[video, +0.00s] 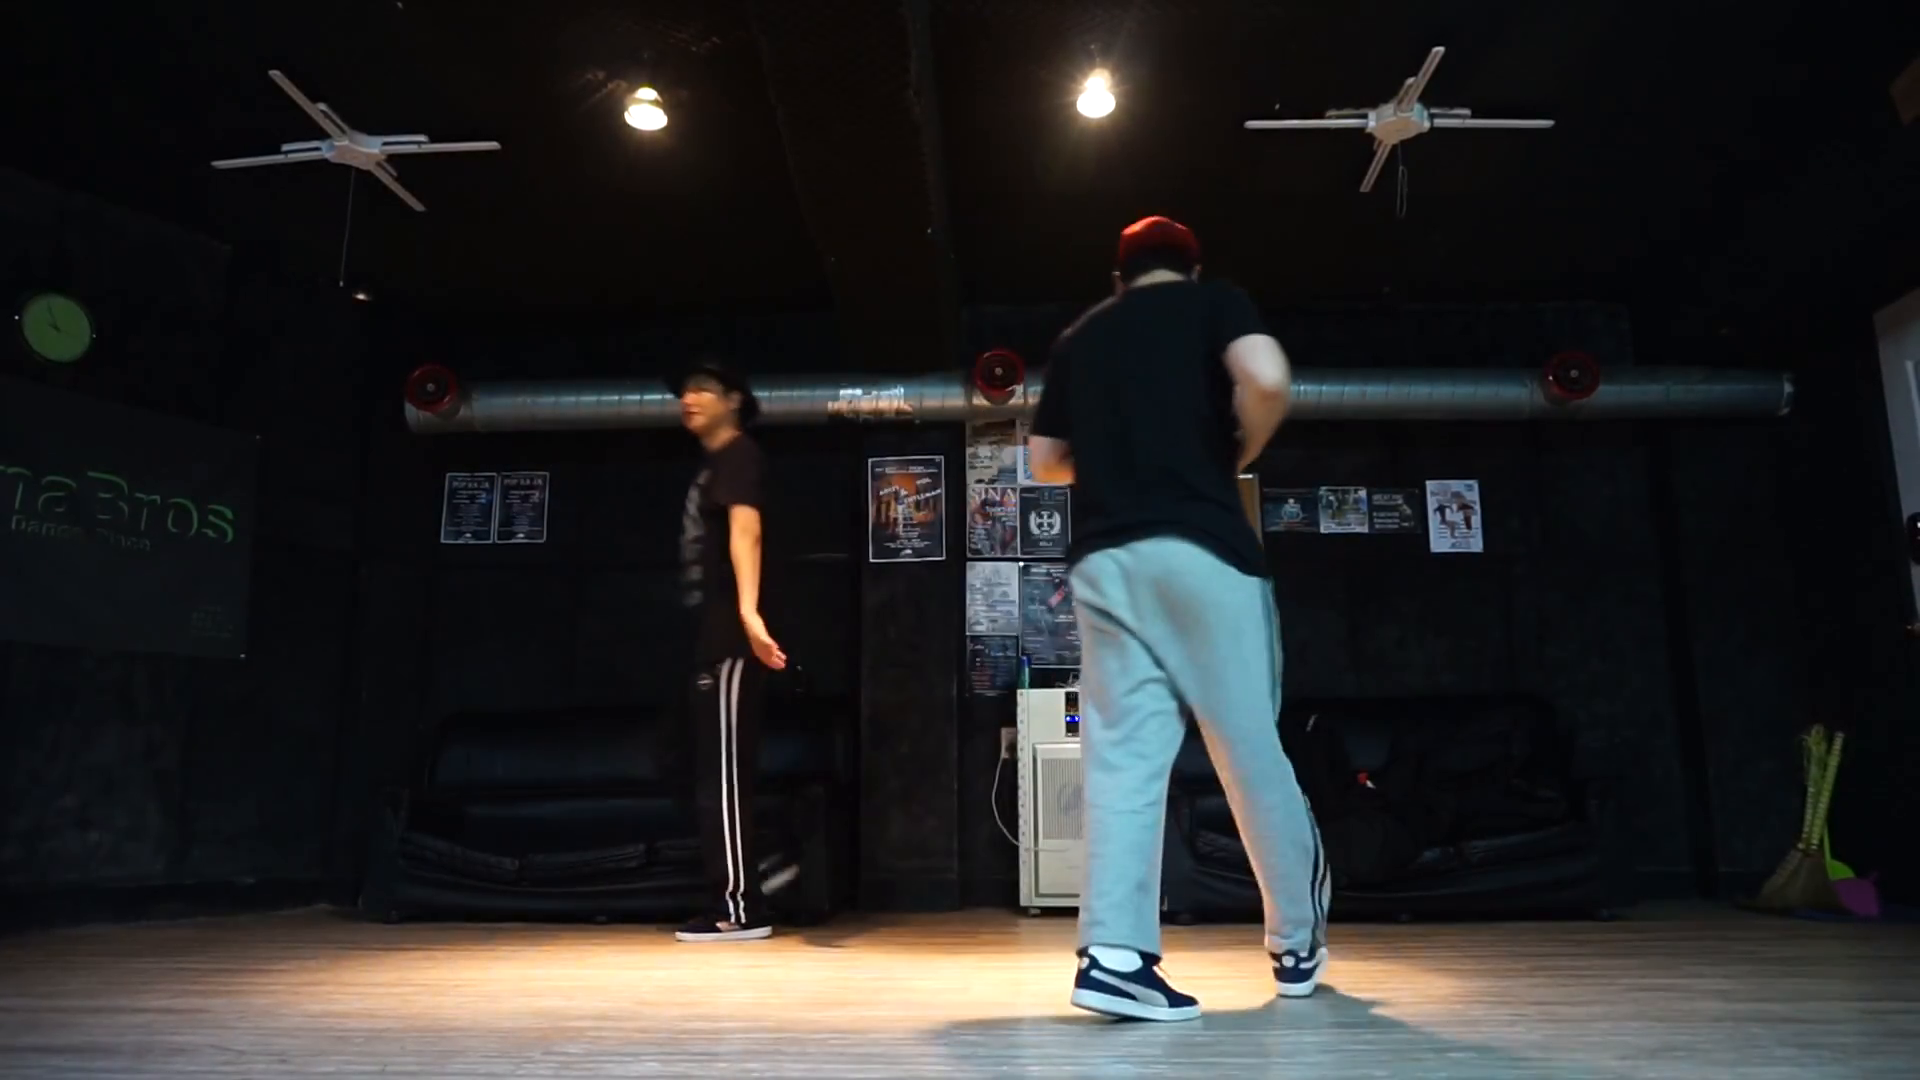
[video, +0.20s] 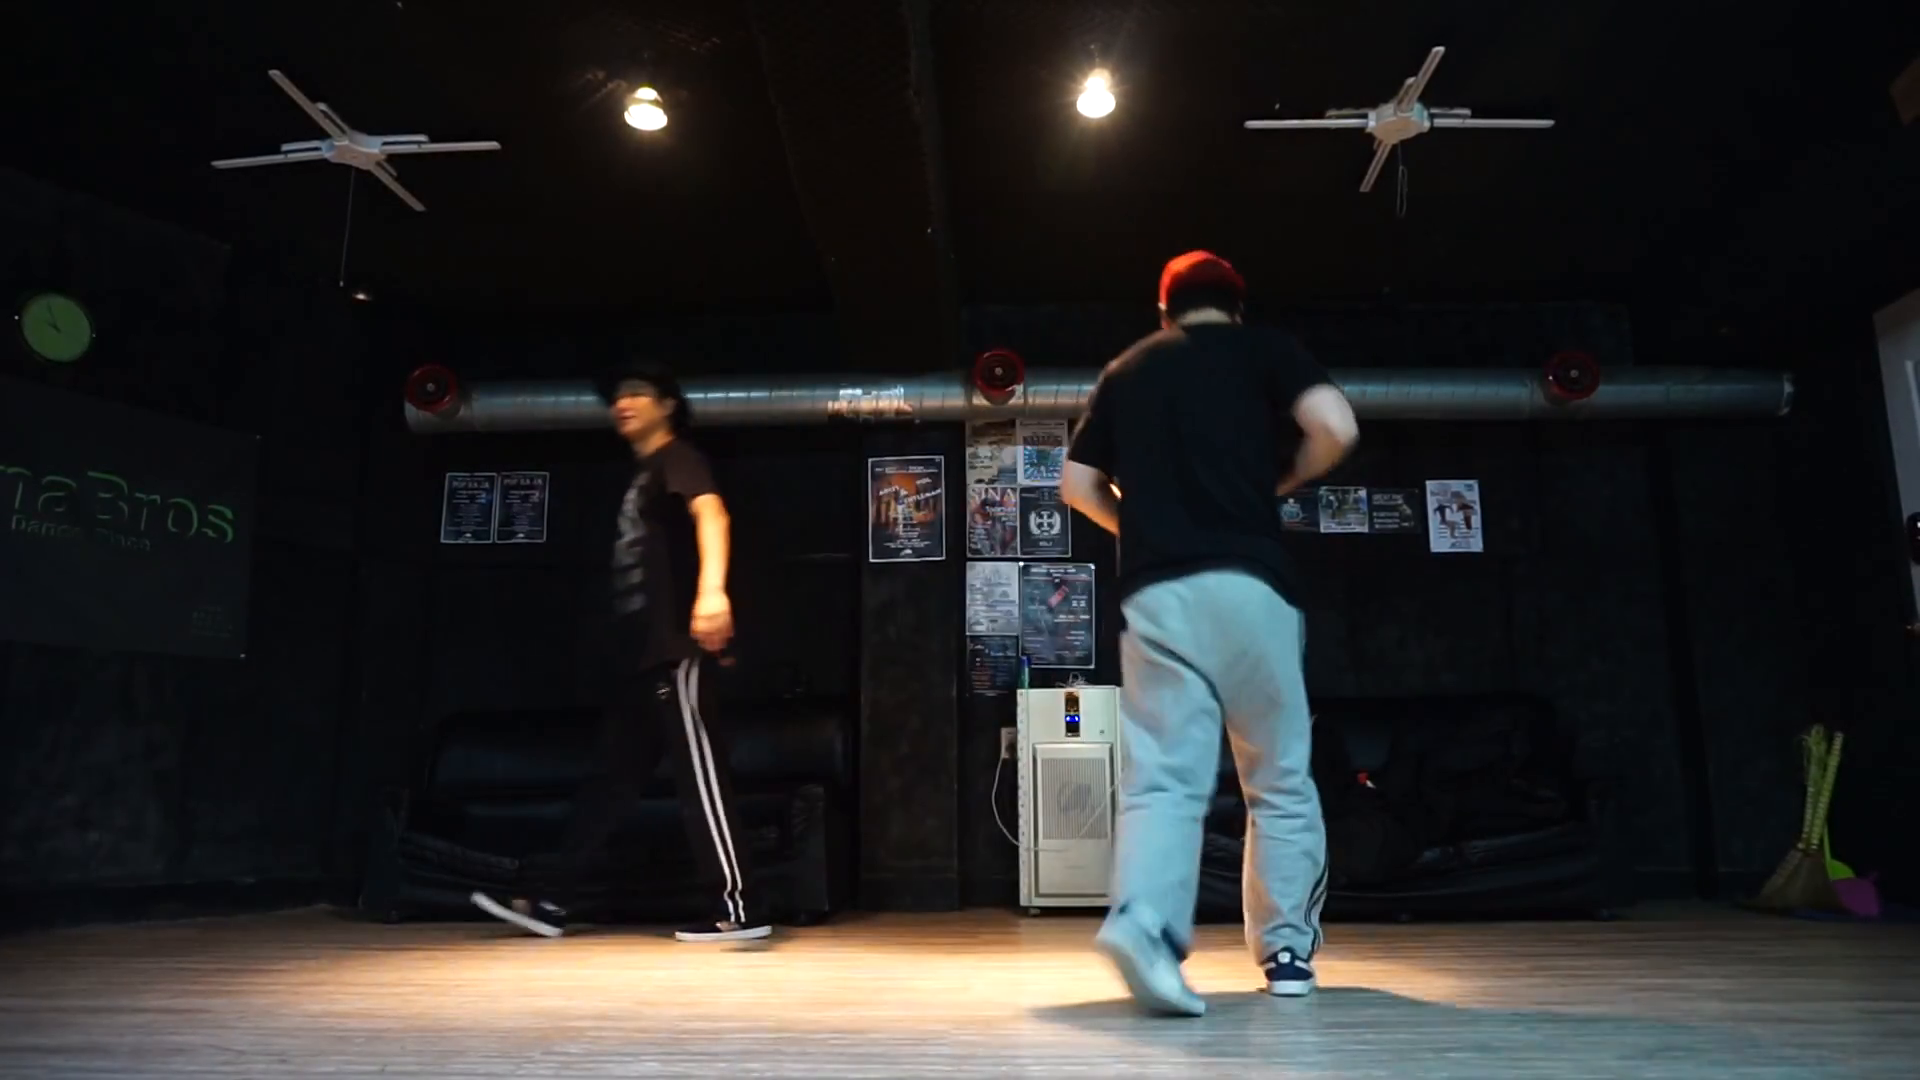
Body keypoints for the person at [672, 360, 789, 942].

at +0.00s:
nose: (688, 403)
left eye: (701, 393)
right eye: (685, 394)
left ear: (733, 403)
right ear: (689, 407)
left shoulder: (738, 459)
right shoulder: (713, 463)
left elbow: (747, 537)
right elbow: (725, 545)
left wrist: (750, 613)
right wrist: (726, 620)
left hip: (728, 642)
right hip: (709, 641)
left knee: (725, 777)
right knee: (710, 771)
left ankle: (737, 910)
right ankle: (769, 864)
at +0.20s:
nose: (622, 407)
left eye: (635, 397)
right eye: (618, 399)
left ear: (667, 406)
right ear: (618, 413)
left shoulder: (677, 460)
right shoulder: (643, 474)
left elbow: (711, 516)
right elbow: (655, 554)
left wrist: (712, 595)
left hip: (675, 640)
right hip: (639, 644)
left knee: (699, 773)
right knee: (612, 774)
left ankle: (738, 911)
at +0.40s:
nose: (556, 401)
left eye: (570, 392)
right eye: (552, 394)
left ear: (601, 406)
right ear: (550, 410)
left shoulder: (607, 460)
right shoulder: (570, 472)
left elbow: (628, 524)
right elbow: (573, 547)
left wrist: (627, 594)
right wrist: (558, 610)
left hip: (595, 628)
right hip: (560, 632)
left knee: (601, 740)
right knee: (540, 759)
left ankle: (702, 874)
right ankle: (530, 905)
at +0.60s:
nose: (515, 385)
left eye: (530, 376)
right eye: (510, 378)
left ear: (559, 394)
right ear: (505, 396)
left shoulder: (560, 451)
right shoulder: (518, 464)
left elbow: (547, 515)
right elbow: (482, 548)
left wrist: (499, 567)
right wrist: (392, 556)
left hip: (544, 631)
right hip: (517, 630)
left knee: (496, 765)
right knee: (489, 765)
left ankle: (547, 882)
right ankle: (528, 904)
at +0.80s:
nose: (470, 392)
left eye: (484, 382)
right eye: (463, 382)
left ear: (511, 394)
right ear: (450, 394)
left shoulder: (516, 458)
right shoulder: (454, 466)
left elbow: (472, 534)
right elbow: (429, 536)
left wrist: (368, 535)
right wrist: (357, 531)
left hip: (489, 643)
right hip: (452, 640)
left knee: (424, 769)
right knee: (484, 774)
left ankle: (336, 910)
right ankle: (528, 907)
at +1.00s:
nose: (410, 383)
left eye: (425, 374)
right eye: (402, 371)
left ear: (451, 385)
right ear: (388, 378)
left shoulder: (455, 456)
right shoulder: (384, 453)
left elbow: (432, 550)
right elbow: (352, 528)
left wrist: (344, 607)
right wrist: (313, 586)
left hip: (422, 639)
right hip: (378, 633)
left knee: (358, 768)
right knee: (384, 767)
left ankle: (305, 915)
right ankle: (472, 862)